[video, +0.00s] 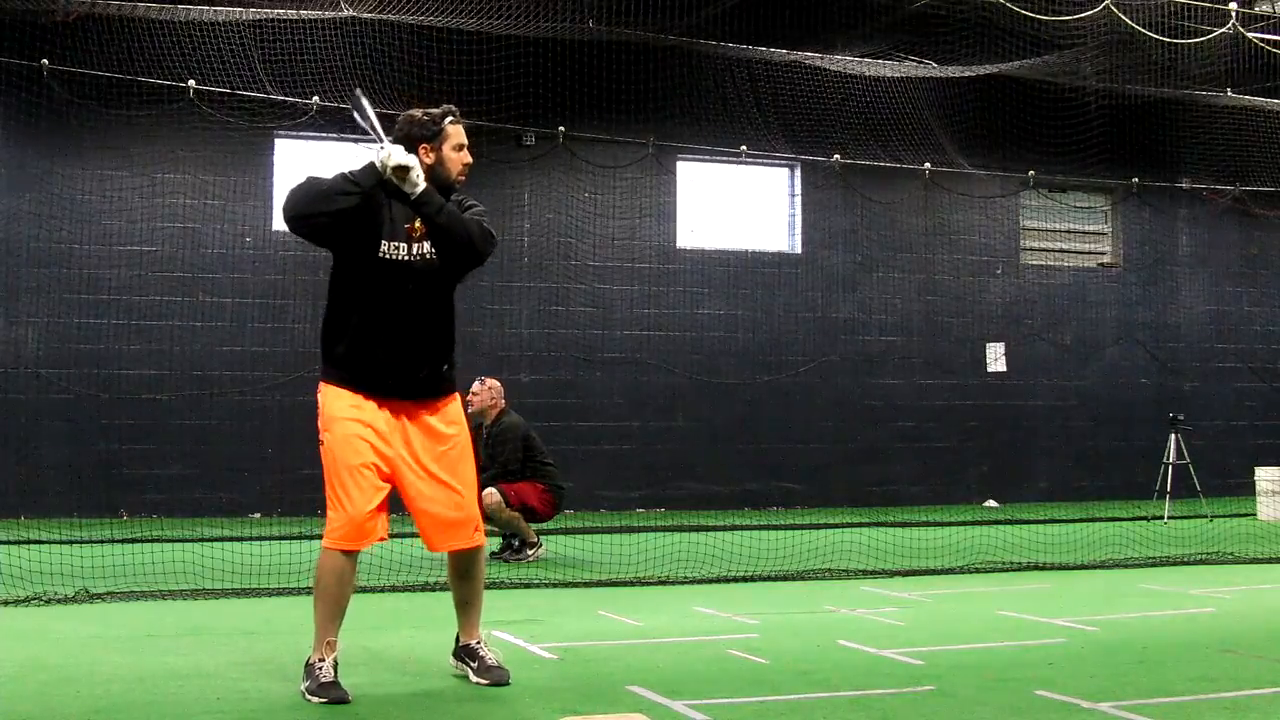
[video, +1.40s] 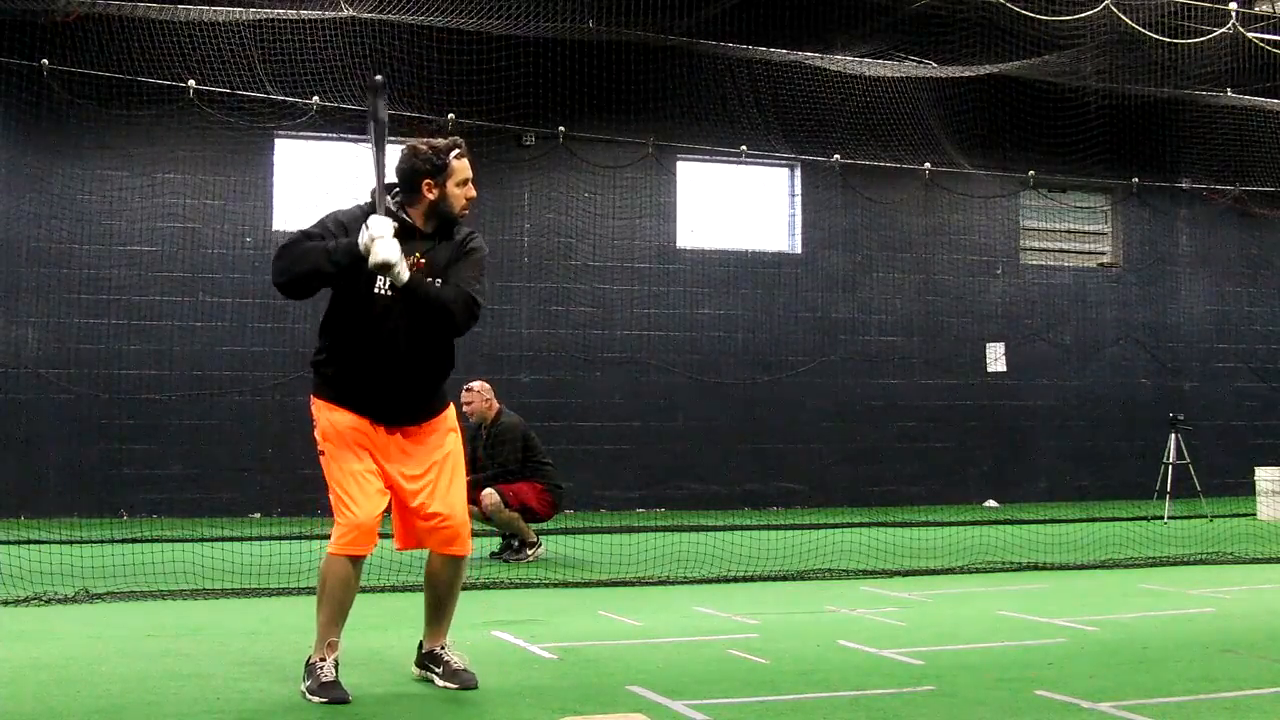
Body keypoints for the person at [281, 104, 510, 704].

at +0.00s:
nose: (468, 157)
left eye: (467, 148)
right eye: (459, 148)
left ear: (438, 152)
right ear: (425, 152)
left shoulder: (460, 217)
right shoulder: (361, 205)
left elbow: (476, 246)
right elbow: (297, 209)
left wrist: (419, 189)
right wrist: (371, 173)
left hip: (433, 400)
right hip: (355, 394)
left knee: (466, 527)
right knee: (348, 523)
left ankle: (470, 643)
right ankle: (323, 658)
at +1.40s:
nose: (472, 192)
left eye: (473, 182)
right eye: (464, 183)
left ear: (440, 187)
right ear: (429, 187)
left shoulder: (462, 244)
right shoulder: (360, 222)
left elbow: (460, 313)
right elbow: (287, 272)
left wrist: (406, 275)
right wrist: (358, 245)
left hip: (428, 416)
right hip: (349, 411)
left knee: (451, 532)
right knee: (358, 525)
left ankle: (434, 650)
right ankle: (323, 659)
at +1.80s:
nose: (486, 216)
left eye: (486, 205)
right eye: (476, 206)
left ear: (450, 208)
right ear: (439, 209)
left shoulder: (474, 264)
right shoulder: (376, 234)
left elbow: (442, 338)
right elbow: (285, 255)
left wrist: (354, 320)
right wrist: (322, 273)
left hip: (449, 409)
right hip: (365, 416)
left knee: (519, 494)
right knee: (356, 530)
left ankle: (511, 619)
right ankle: (325, 659)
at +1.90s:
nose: (494, 225)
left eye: (494, 213)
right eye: (484, 215)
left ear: (471, 215)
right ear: (446, 218)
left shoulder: (484, 275)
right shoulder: (386, 244)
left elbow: (430, 331)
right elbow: (292, 240)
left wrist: (346, 292)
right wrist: (328, 244)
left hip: (470, 418)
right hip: (385, 423)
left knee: (541, 515)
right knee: (366, 533)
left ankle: (548, 641)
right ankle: (324, 658)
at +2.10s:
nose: (512, 232)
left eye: (512, 222)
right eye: (503, 225)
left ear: (497, 218)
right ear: (468, 226)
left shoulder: (499, 249)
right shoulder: (430, 282)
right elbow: (453, 374)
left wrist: (552, 346)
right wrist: (519, 374)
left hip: (484, 420)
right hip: (434, 427)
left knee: (530, 523)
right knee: (450, 557)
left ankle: (558, 648)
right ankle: (324, 637)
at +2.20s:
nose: (520, 229)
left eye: (519, 221)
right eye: (513, 223)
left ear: (466, 217)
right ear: (484, 226)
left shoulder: (447, 232)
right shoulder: (454, 273)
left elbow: (536, 260)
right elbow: (541, 311)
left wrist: (601, 279)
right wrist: (613, 301)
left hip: (471, 408)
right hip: (437, 419)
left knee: (510, 532)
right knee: (450, 554)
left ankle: (555, 647)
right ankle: (321, 637)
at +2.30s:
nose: (534, 211)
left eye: (532, 201)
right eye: (529, 205)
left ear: (470, 206)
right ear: (509, 218)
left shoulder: (417, 231)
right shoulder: (517, 267)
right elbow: (545, 230)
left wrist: (513, 206)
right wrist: (544, 198)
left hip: (476, 413)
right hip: (445, 423)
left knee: (520, 524)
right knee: (444, 559)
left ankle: (560, 648)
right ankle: (309, 641)